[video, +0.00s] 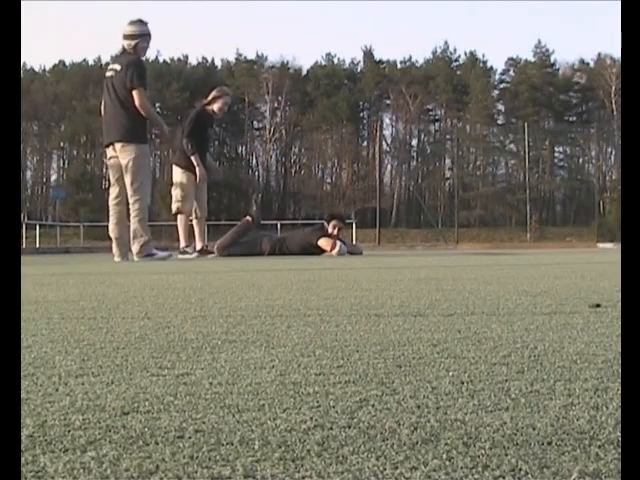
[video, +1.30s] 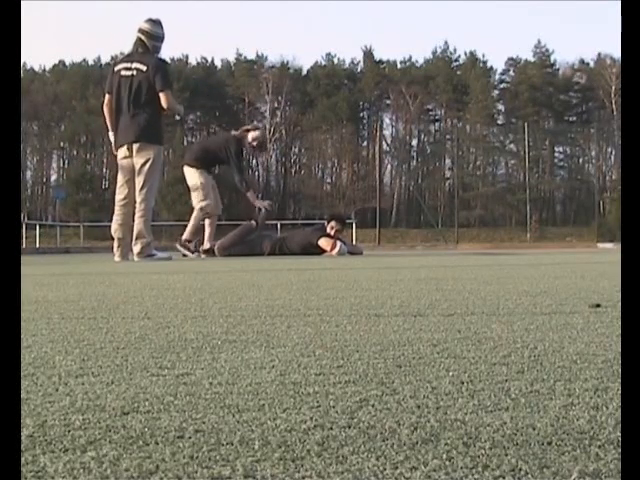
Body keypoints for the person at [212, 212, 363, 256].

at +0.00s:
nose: (336, 232)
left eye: (339, 230)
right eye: (334, 228)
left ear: (340, 230)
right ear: (327, 225)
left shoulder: (331, 237)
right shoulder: (318, 234)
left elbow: (358, 250)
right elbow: (335, 248)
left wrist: (341, 247)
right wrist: (342, 248)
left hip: (270, 242)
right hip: (266, 245)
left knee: (226, 247)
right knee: (220, 250)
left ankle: (204, 248)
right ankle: (246, 222)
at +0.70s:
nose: (334, 233)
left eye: (338, 230)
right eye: (333, 228)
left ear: (339, 230)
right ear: (327, 224)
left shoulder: (329, 235)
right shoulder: (318, 235)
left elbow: (357, 250)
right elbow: (336, 248)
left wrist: (342, 247)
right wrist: (342, 247)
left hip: (269, 242)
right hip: (265, 245)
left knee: (226, 246)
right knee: (221, 250)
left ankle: (205, 248)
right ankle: (246, 222)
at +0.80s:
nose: (335, 233)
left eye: (338, 230)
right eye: (334, 228)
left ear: (339, 230)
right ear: (327, 224)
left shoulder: (331, 236)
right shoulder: (318, 234)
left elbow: (358, 250)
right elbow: (338, 249)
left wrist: (341, 247)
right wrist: (343, 247)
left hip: (271, 242)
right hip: (266, 244)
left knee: (225, 248)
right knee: (220, 250)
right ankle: (247, 222)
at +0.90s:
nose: (335, 232)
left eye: (338, 230)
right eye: (334, 228)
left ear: (340, 230)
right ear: (327, 224)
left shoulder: (331, 237)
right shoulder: (318, 234)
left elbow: (358, 250)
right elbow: (337, 248)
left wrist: (341, 247)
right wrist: (343, 247)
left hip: (270, 242)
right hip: (266, 245)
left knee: (227, 247)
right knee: (220, 250)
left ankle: (204, 250)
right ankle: (246, 222)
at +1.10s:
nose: (335, 233)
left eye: (338, 231)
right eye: (333, 229)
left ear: (340, 231)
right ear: (327, 224)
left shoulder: (332, 237)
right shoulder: (317, 234)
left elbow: (358, 250)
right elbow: (337, 248)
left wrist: (341, 248)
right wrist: (342, 247)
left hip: (272, 242)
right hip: (267, 245)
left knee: (224, 247)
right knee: (220, 250)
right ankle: (247, 221)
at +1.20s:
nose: (335, 233)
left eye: (338, 231)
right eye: (333, 229)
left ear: (340, 231)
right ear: (327, 224)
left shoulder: (332, 237)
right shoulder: (318, 235)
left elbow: (358, 250)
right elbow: (338, 249)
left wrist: (341, 247)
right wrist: (343, 247)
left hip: (272, 243)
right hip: (268, 245)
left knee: (225, 248)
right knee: (220, 250)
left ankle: (254, 223)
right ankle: (251, 222)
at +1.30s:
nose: (334, 233)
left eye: (338, 231)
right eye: (333, 229)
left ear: (339, 231)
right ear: (327, 224)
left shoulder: (331, 237)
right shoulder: (318, 235)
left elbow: (358, 251)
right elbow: (337, 249)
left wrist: (342, 246)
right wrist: (341, 248)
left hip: (273, 242)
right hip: (268, 245)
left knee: (227, 248)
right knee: (220, 250)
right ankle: (252, 223)